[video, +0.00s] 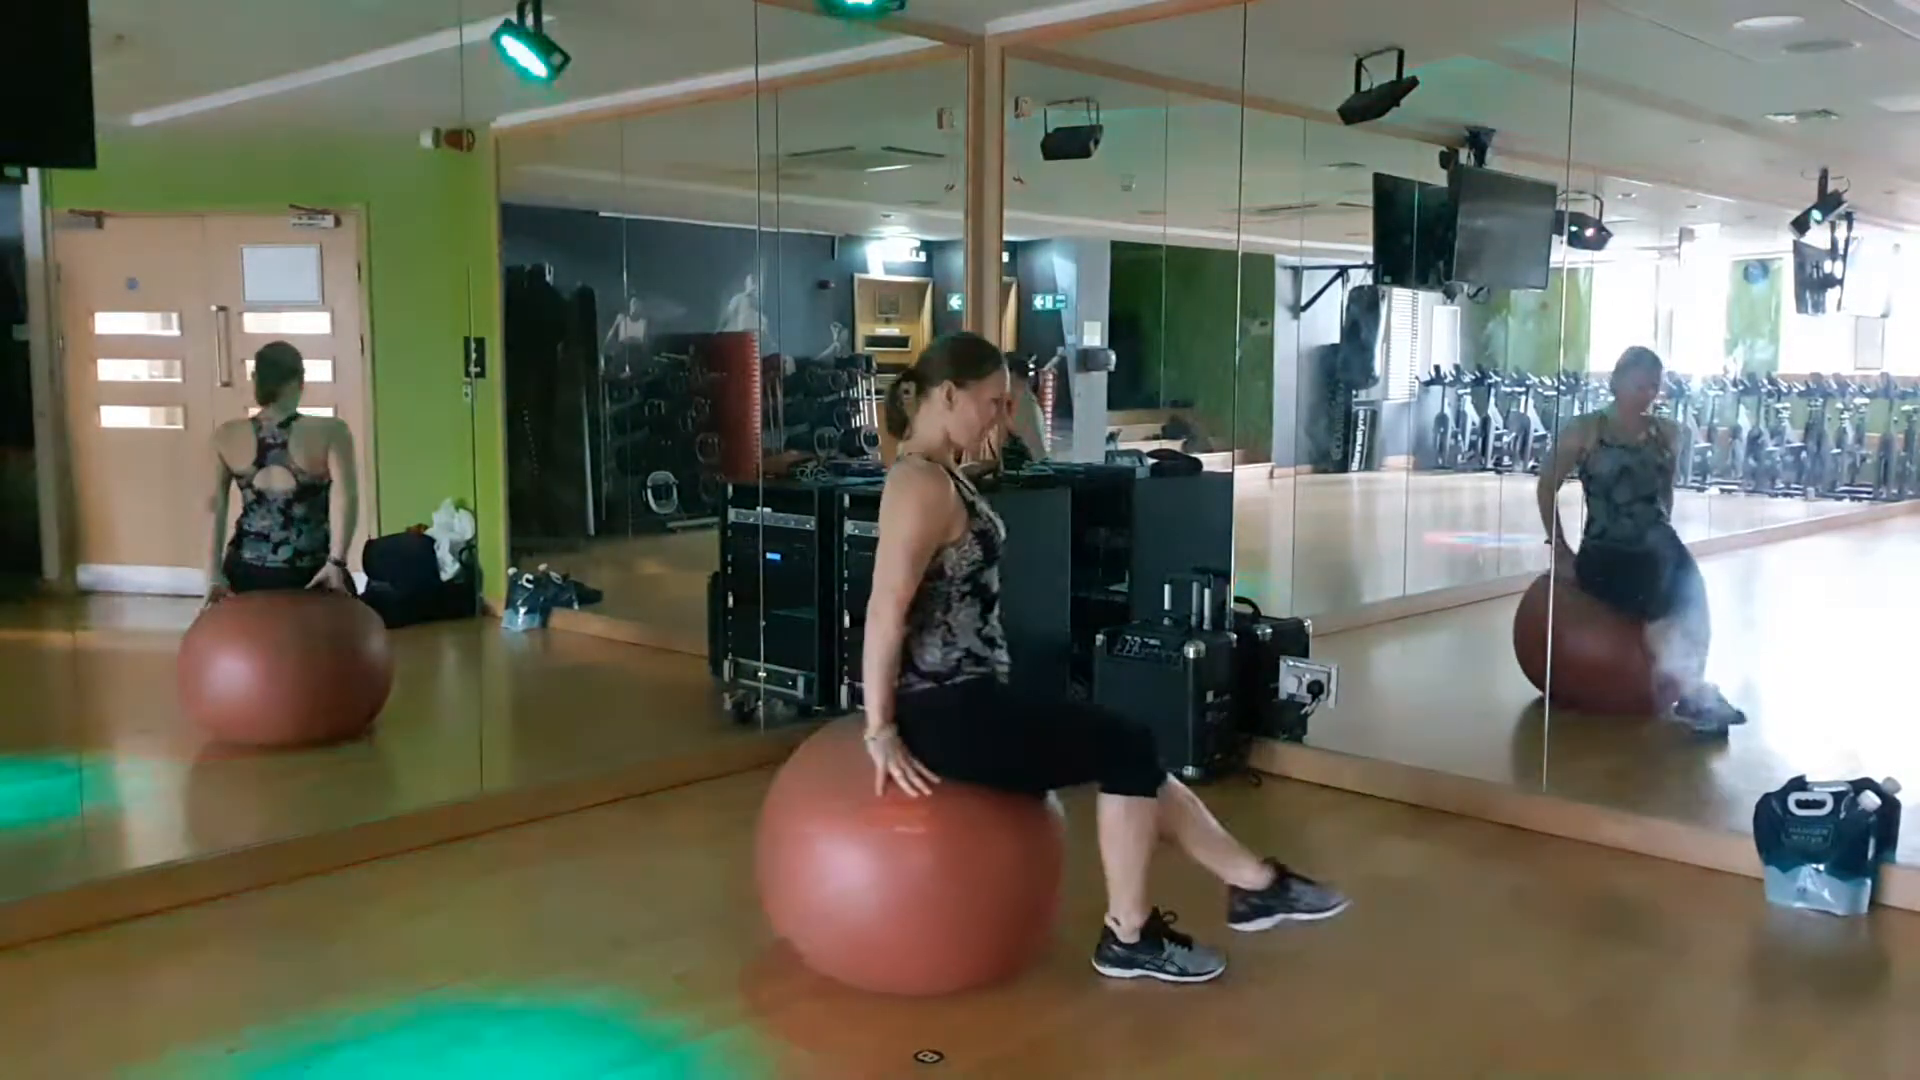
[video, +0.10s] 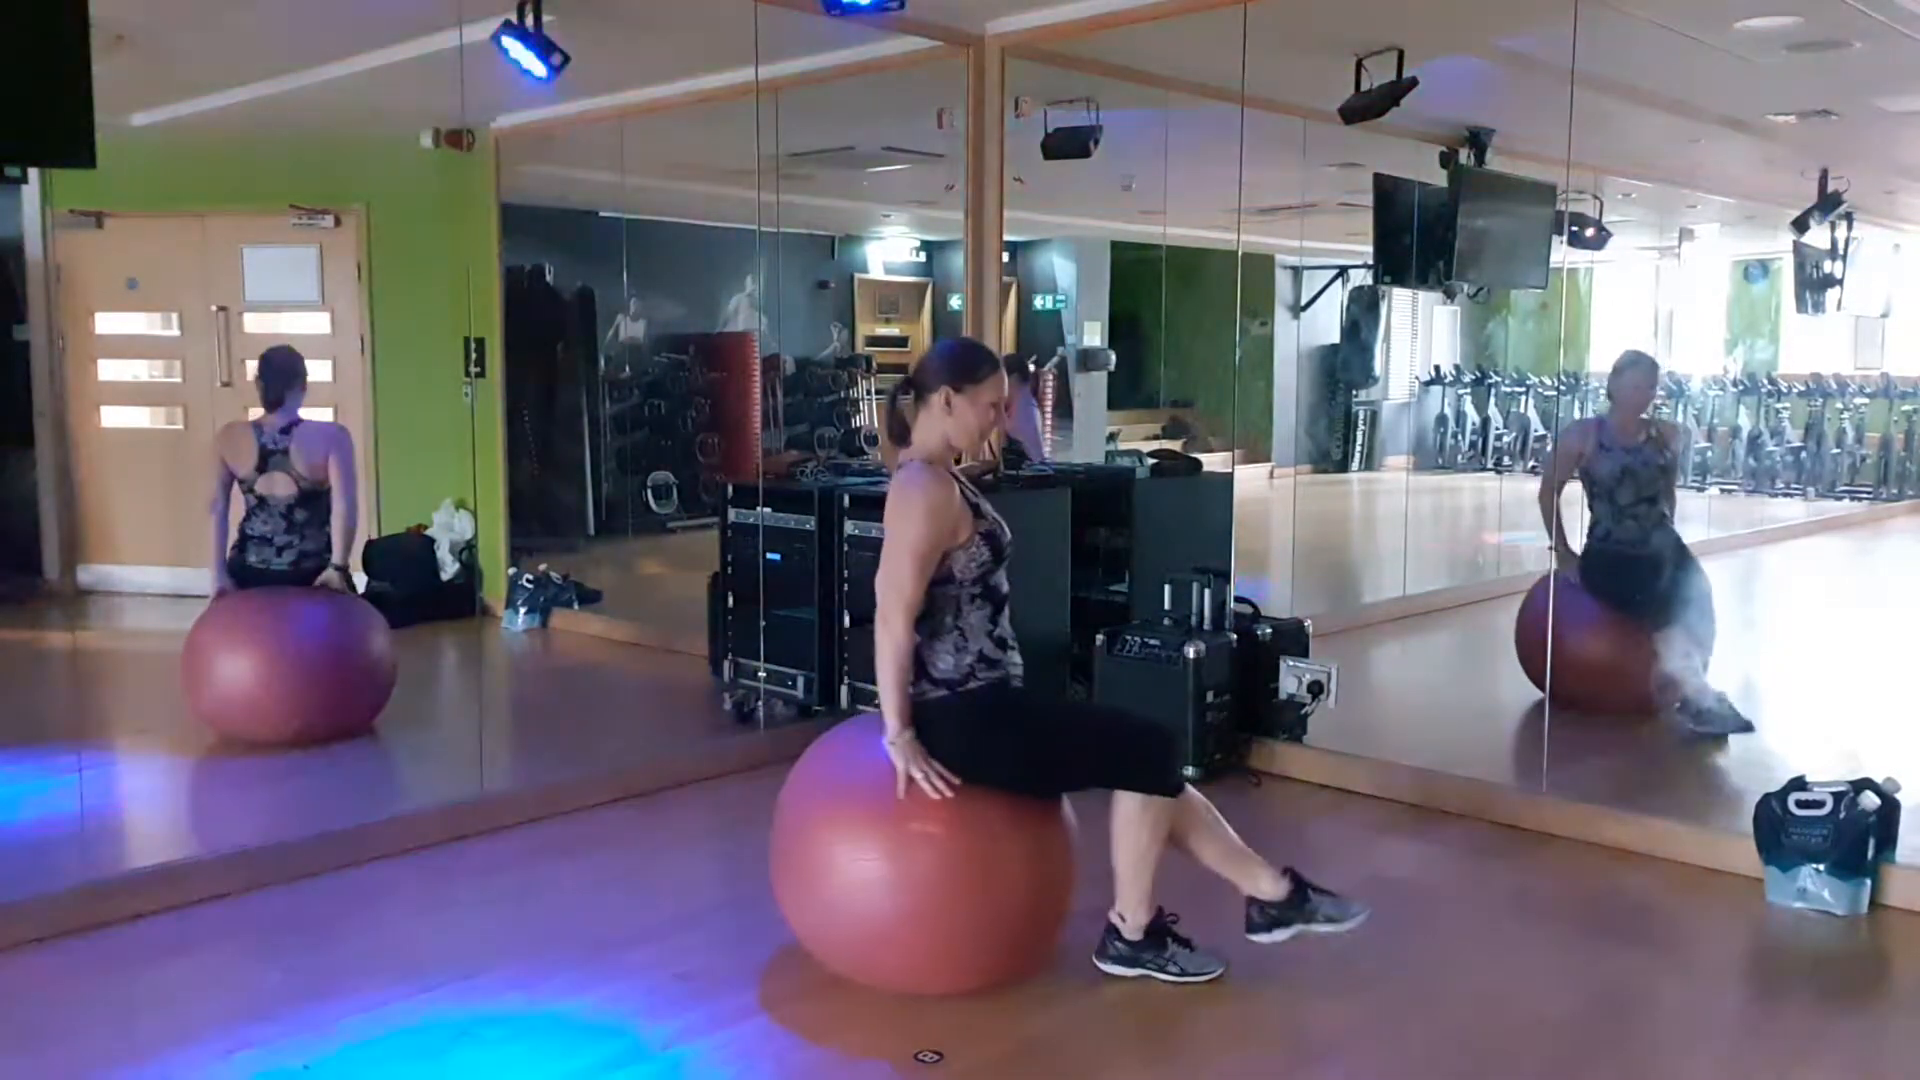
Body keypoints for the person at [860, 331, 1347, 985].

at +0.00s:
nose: (997, 426)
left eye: (1003, 412)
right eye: (994, 407)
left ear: (945, 398)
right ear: (950, 394)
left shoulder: (939, 479)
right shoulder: (919, 484)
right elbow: (887, 605)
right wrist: (880, 727)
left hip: (972, 701)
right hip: (944, 713)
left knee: (1129, 750)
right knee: (1122, 749)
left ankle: (1255, 882)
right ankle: (1129, 934)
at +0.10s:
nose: (998, 425)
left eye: (1001, 410)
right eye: (991, 408)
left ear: (951, 403)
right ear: (946, 400)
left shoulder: (943, 483)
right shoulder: (923, 489)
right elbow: (893, 615)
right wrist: (899, 733)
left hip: (987, 704)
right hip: (960, 716)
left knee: (1146, 763)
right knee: (1144, 749)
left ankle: (1273, 891)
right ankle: (1133, 931)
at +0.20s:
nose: (998, 431)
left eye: (1000, 416)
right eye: (990, 414)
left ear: (950, 411)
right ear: (946, 408)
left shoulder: (946, 488)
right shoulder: (927, 497)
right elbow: (901, 622)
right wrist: (917, 739)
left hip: (1001, 710)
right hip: (977, 723)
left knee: (1168, 764)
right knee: (1163, 750)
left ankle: (1268, 915)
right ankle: (1137, 927)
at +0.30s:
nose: (999, 437)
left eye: (1000, 423)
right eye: (990, 422)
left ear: (951, 419)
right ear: (946, 416)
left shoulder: (948, 496)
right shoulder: (930, 506)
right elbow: (910, 628)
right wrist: (934, 743)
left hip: (1015, 713)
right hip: (993, 728)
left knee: (1187, 755)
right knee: (1177, 741)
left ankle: (1271, 914)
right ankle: (1147, 917)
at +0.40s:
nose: (998, 443)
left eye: (999, 429)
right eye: (989, 428)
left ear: (949, 427)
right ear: (943, 424)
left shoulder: (949, 504)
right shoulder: (930, 512)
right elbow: (919, 637)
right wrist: (951, 746)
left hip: (1028, 714)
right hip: (1004, 729)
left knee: (1203, 743)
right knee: (1197, 733)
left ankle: (1272, 914)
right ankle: (1162, 901)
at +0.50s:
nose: (996, 448)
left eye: (995, 435)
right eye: (985, 435)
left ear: (945, 437)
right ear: (938, 435)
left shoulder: (947, 511)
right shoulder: (932, 522)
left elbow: (964, 634)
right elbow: (930, 649)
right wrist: (966, 755)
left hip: (1044, 711)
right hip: (1020, 730)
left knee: (1218, 740)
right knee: (1209, 719)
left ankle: (1273, 915)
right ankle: (1184, 888)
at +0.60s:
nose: (993, 457)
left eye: (993, 443)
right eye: (981, 444)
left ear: (939, 448)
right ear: (933, 446)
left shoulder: (945, 519)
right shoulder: (932, 531)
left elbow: (968, 641)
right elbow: (939, 658)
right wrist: (980, 762)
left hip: (1054, 711)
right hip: (1032, 728)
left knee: (1234, 724)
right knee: (1219, 717)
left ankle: (1277, 914)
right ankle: (1214, 887)